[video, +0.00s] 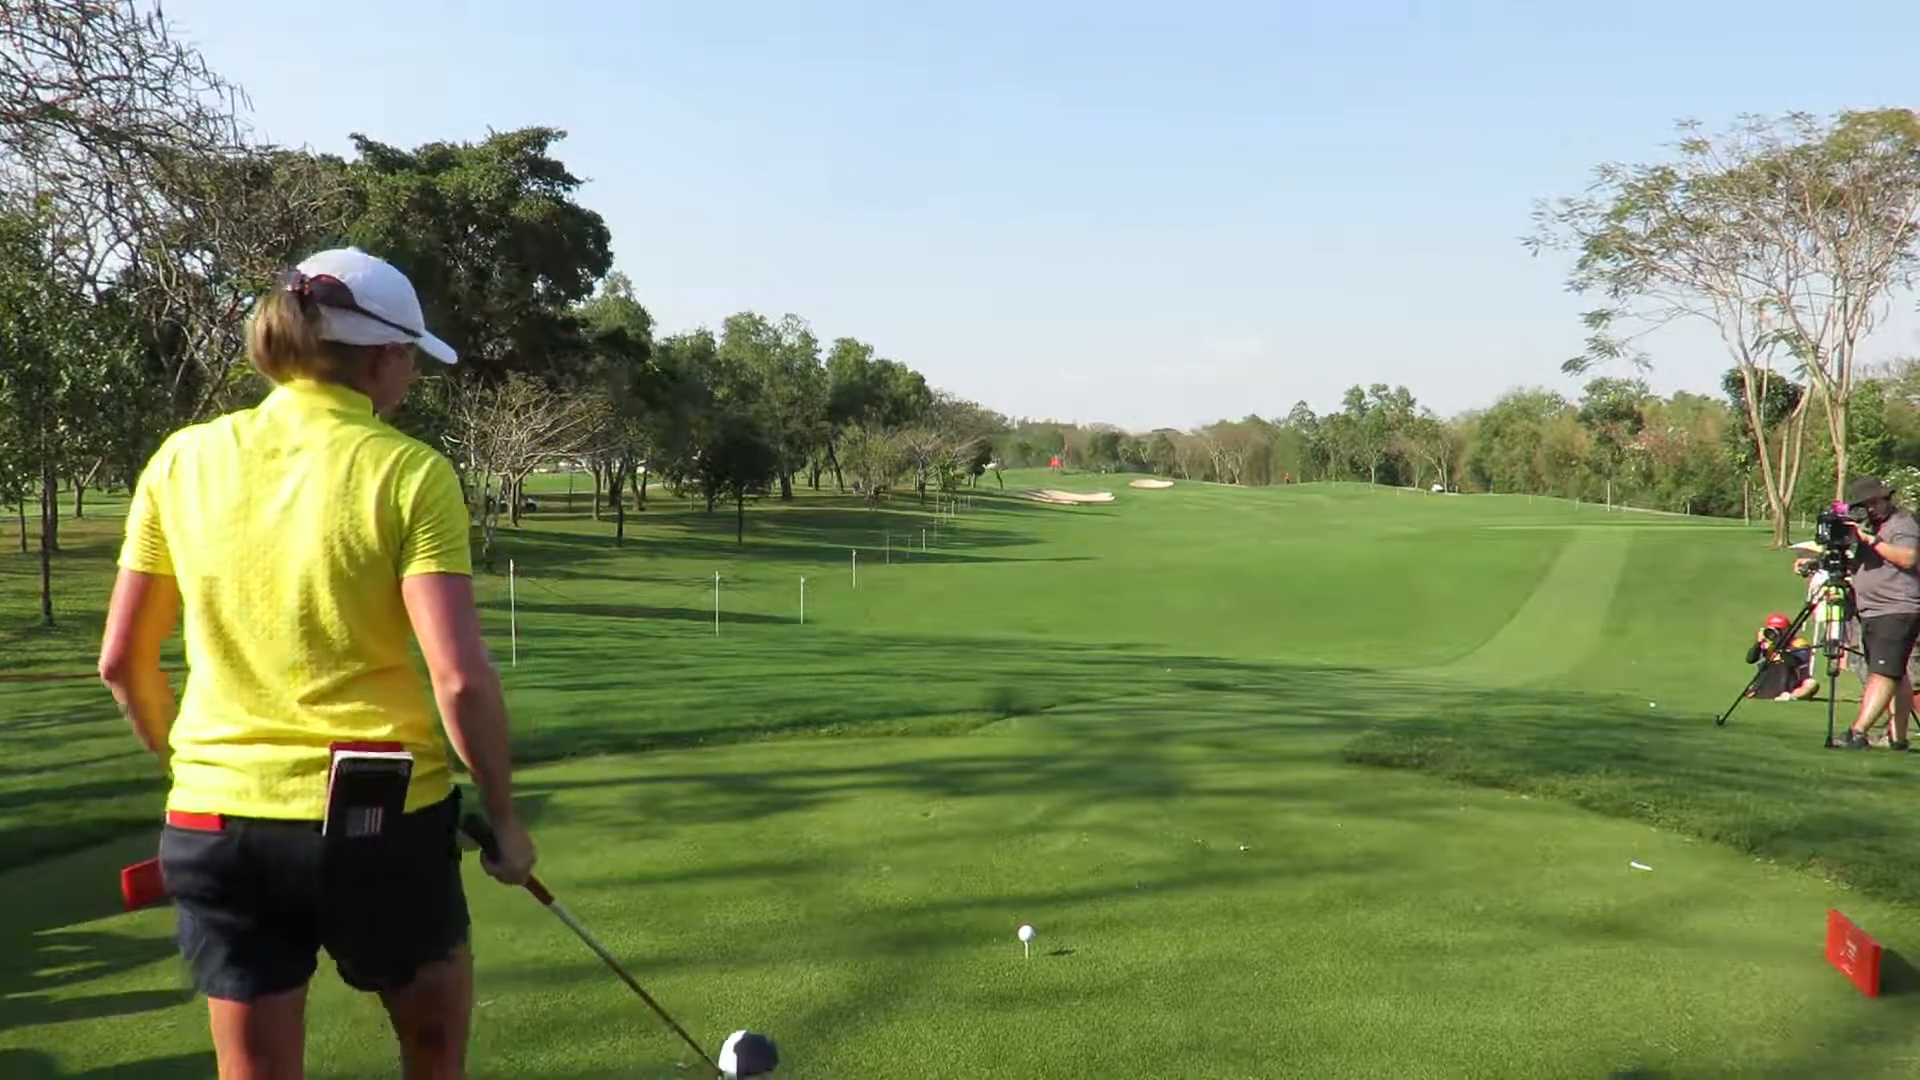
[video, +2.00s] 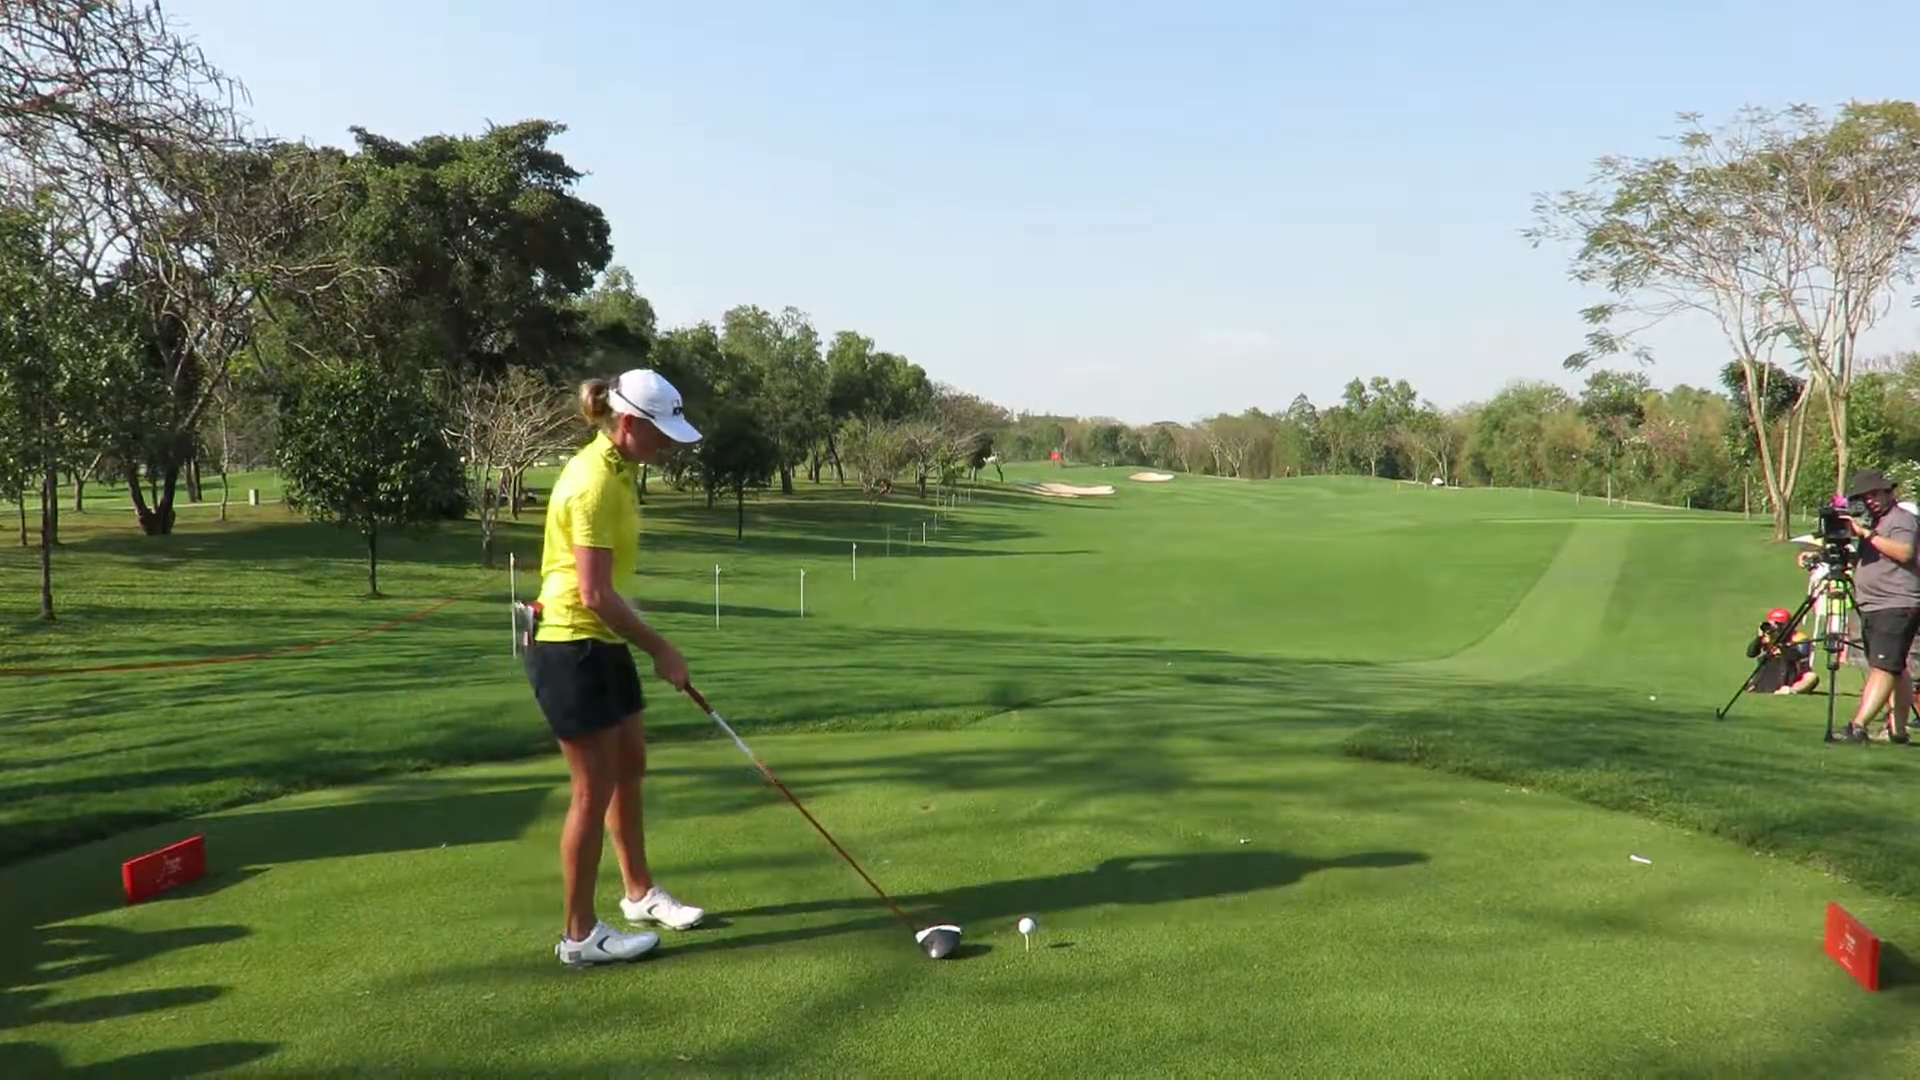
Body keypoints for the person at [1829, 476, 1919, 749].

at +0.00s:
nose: (1869, 511)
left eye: (1872, 504)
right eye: (1865, 507)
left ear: (1884, 500)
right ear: (1863, 509)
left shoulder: (1902, 523)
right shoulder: (1872, 529)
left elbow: (1909, 559)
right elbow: (1858, 568)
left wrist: (1869, 540)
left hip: (1897, 610)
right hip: (1873, 612)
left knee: (1883, 671)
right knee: (1895, 676)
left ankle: (1857, 731)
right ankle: (1899, 737)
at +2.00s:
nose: (1869, 503)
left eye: (1873, 496)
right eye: (1864, 498)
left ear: (1887, 493)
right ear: (1862, 501)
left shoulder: (1902, 519)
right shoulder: (1873, 523)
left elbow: (1905, 553)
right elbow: (1864, 560)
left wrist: (1867, 534)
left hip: (1897, 604)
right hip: (1873, 605)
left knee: (1883, 666)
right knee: (1891, 668)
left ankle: (1858, 725)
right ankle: (1898, 728)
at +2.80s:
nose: (1867, 469)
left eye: (1871, 462)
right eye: (1863, 464)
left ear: (1886, 459)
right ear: (1862, 465)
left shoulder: (1899, 483)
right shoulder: (1876, 488)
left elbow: (1899, 517)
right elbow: (1867, 524)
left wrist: (1862, 501)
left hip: (1896, 569)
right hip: (1874, 570)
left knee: (1881, 631)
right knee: (1893, 634)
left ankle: (1855, 691)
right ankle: (1896, 695)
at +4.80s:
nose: (1862, 448)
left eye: (1865, 441)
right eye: (1858, 444)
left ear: (1880, 437)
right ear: (1859, 445)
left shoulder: (1894, 461)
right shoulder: (1876, 465)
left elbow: (1887, 497)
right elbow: (1865, 497)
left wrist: (1848, 483)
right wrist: (1841, 481)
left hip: (1896, 544)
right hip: (1878, 545)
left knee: (1867, 599)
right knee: (1893, 611)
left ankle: (1874, 666)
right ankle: (1896, 673)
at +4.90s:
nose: (1862, 449)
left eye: (1865, 441)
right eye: (1858, 444)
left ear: (1879, 437)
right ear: (1860, 444)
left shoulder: (1895, 460)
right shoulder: (1878, 464)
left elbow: (1886, 496)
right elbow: (1863, 503)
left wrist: (1847, 483)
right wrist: (1841, 485)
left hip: (1896, 545)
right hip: (1881, 545)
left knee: (1874, 604)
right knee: (1889, 609)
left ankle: (1890, 666)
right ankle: (1894, 665)